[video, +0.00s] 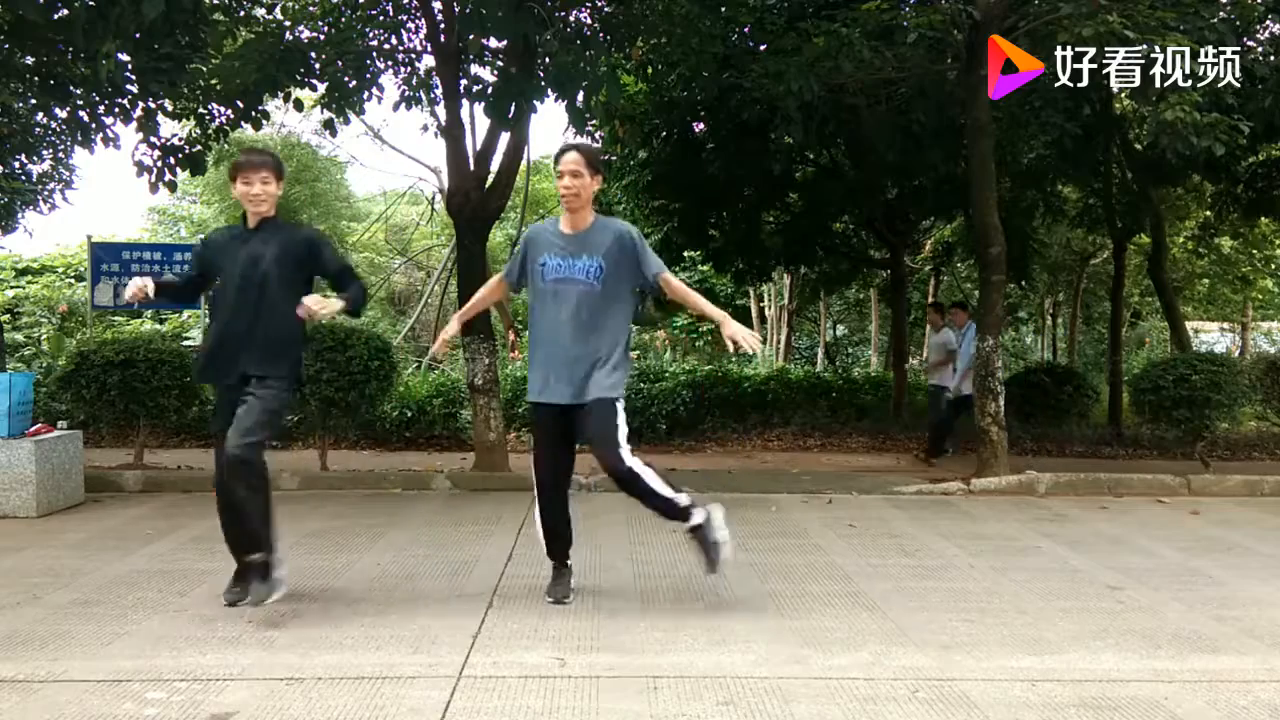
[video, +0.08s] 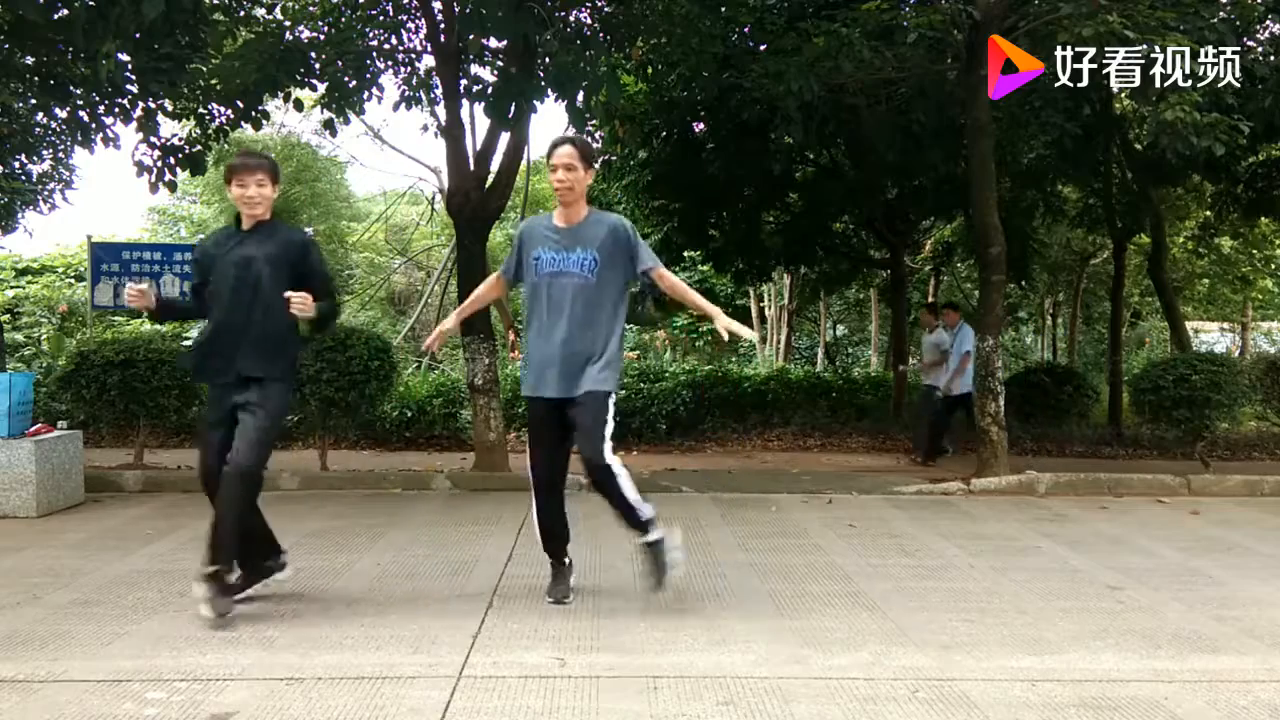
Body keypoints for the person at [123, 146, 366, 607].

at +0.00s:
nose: (257, 190)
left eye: (266, 181)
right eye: (248, 182)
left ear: (280, 186)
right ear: (235, 189)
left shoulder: (304, 241)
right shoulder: (219, 243)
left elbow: (355, 289)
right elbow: (189, 287)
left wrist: (336, 302)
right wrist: (152, 287)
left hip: (274, 372)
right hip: (227, 372)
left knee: (241, 450)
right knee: (225, 467)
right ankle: (245, 565)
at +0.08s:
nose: (252, 193)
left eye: (261, 184)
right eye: (243, 185)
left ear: (276, 189)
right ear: (230, 191)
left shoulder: (297, 245)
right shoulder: (213, 247)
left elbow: (329, 308)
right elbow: (199, 306)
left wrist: (315, 310)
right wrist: (156, 303)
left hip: (270, 377)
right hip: (221, 376)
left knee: (242, 469)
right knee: (213, 474)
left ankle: (218, 574)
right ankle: (262, 558)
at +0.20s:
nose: (236, 212)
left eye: (247, 205)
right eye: (229, 204)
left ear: (265, 214)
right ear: (221, 211)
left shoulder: (285, 270)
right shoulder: (204, 269)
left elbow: (304, 337)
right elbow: (191, 339)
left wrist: (290, 325)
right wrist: (146, 329)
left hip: (259, 404)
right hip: (210, 402)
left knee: (220, 492)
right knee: (213, 497)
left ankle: (182, 591)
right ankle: (273, 578)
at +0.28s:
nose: (227, 200)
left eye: (237, 193)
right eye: (222, 192)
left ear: (261, 201)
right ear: (215, 200)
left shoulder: (282, 259)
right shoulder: (200, 257)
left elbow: (323, 317)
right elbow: (178, 313)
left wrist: (296, 318)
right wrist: (134, 316)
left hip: (253, 395)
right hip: (206, 393)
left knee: (216, 486)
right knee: (215, 487)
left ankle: (199, 590)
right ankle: (268, 573)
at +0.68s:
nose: (207, 188)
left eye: (217, 179)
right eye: (202, 180)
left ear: (244, 185)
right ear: (198, 187)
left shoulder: (268, 236)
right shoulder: (187, 241)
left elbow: (319, 293)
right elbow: (167, 291)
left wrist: (295, 299)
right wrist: (129, 287)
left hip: (248, 377)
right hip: (198, 377)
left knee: (222, 473)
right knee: (198, 475)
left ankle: (210, 583)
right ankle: (257, 551)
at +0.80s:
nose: (217, 208)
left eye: (227, 199)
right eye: (209, 200)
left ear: (246, 206)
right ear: (200, 207)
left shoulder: (268, 261)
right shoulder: (184, 263)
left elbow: (285, 334)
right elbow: (173, 329)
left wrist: (269, 316)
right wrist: (132, 317)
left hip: (247, 397)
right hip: (195, 397)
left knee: (211, 485)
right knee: (218, 490)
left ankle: (186, 585)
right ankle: (270, 577)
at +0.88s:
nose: (219, 197)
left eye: (229, 188)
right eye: (210, 189)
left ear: (246, 195)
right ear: (199, 197)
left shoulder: (269, 251)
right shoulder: (184, 253)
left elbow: (308, 314)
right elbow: (163, 309)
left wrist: (278, 310)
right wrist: (123, 313)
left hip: (246, 387)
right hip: (193, 386)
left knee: (210, 476)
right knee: (212, 479)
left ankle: (202, 585)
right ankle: (262, 569)